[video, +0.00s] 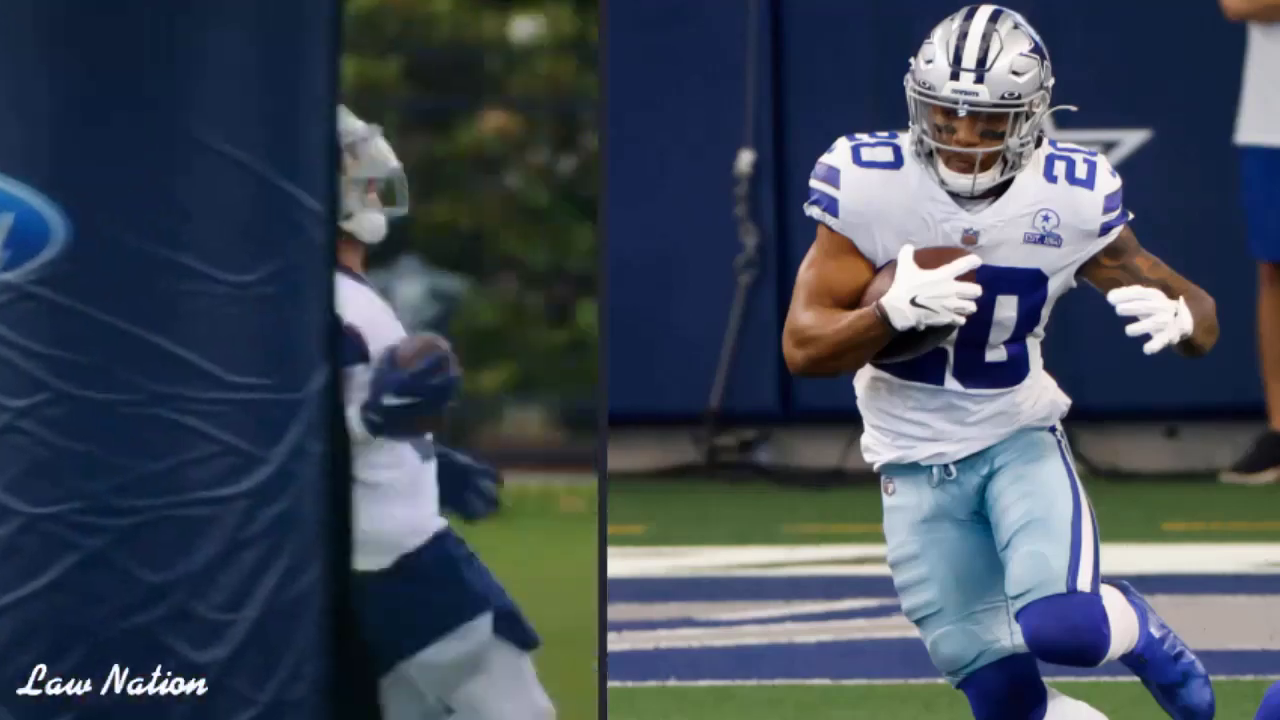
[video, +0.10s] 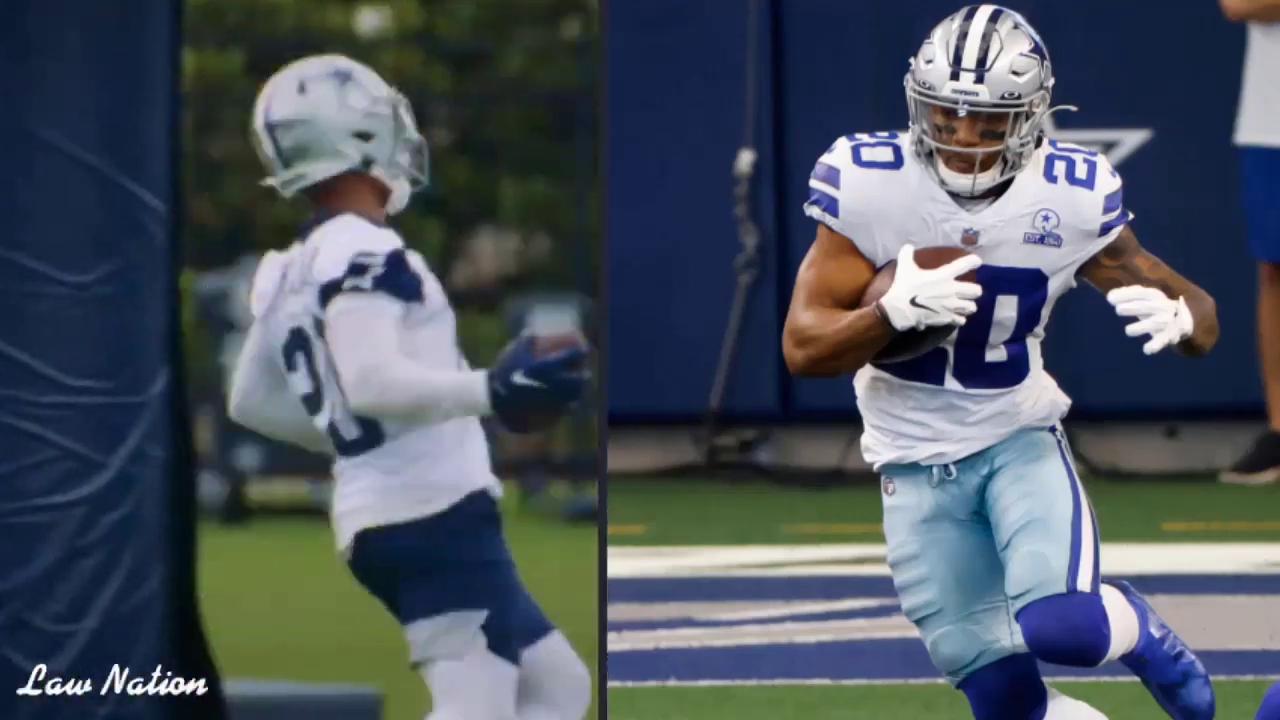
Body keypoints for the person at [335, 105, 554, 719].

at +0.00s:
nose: (377, 205)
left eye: (379, 189)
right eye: (363, 189)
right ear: (322, 196)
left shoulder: (356, 298)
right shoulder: (319, 306)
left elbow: (359, 435)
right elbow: (292, 429)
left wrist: (430, 469)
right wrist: (368, 412)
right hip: (393, 557)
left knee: (414, 705)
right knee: (513, 703)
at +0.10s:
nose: (406, 143)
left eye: (401, 127)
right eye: (396, 127)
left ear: (295, 159)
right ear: (374, 137)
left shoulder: (287, 272)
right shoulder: (365, 249)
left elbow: (253, 400)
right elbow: (372, 382)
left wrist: (355, 435)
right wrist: (491, 387)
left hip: (387, 516)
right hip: (428, 510)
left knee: (559, 681)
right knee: (473, 698)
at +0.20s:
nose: (437, 151)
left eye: (429, 138)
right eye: (429, 137)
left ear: (332, 173)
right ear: (423, 145)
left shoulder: (323, 279)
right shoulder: (422, 242)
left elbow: (289, 407)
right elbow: (443, 362)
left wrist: (397, 423)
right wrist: (564, 358)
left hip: (428, 511)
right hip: (486, 496)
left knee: (578, 681)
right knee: (547, 683)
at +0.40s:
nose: (411, 178)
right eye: (403, 164)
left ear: (305, 217)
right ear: (398, 178)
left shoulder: (315, 336)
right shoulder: (382, 279)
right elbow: (375, 404)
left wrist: (492, 380)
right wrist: (480, 363)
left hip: (406, 593)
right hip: (492, 553)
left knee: (534, 715)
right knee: (599, 693)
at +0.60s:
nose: (394, 172)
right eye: (389, 161)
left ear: (292, 219)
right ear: (389, 174)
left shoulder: (298, 332)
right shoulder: (410, 271)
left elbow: (348, 476)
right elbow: (435, 401)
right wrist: (565, 381)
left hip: (405, 576)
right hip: (512, 539)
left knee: (488, 708)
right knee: (609, 698)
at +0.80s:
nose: (199, 217)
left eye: (208, 201)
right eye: (196, 202)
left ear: (243, 206)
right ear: (315, 181)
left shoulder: (199, 326)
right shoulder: (399, 242)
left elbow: (203, 469)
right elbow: (537, 327)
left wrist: (288, 471)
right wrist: (516, 359)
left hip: (356, 582)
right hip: (466, 540)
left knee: (432, 707)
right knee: (535, 703)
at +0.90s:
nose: (115, 211)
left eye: (126, 193)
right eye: (112, 194)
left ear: (168, 191)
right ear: (228, 171)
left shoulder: (136, 314)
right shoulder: (323, 224)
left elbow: (163, 469)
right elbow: (458, 297)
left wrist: (204, 465)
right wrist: (478, 381)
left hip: (295, 569)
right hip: (401, 516)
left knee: (384, 706)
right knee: (490, 690)